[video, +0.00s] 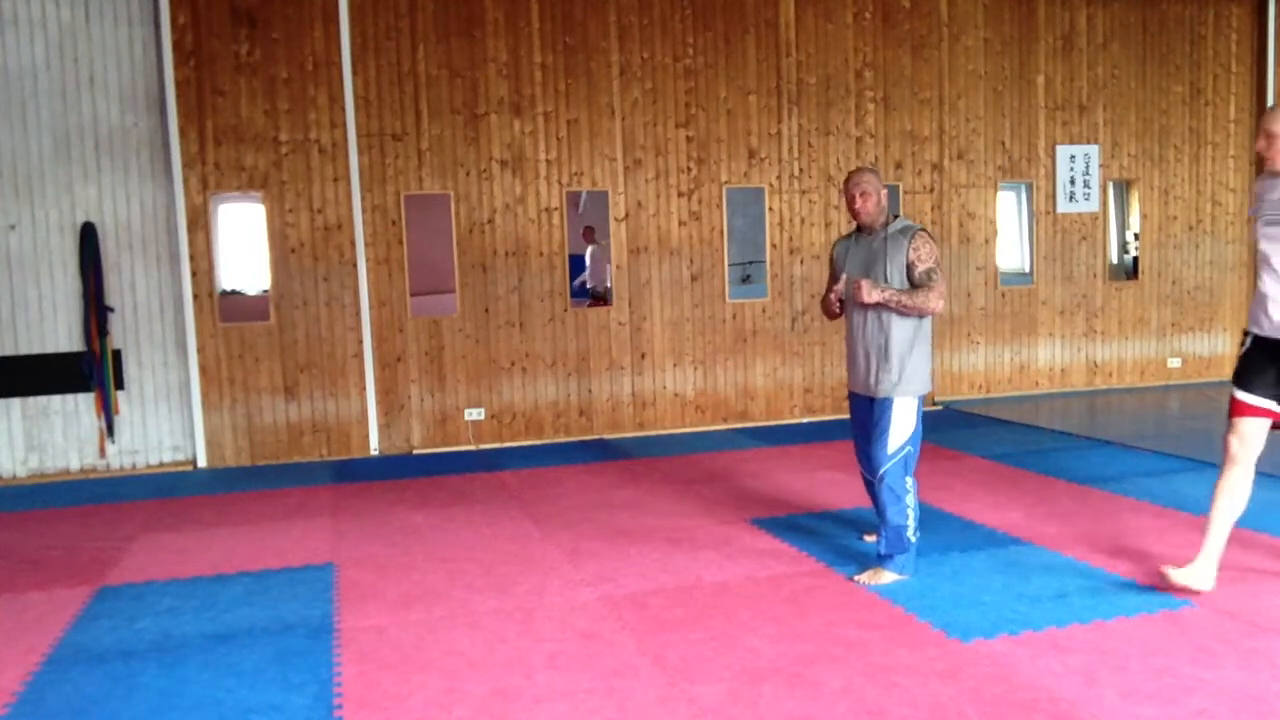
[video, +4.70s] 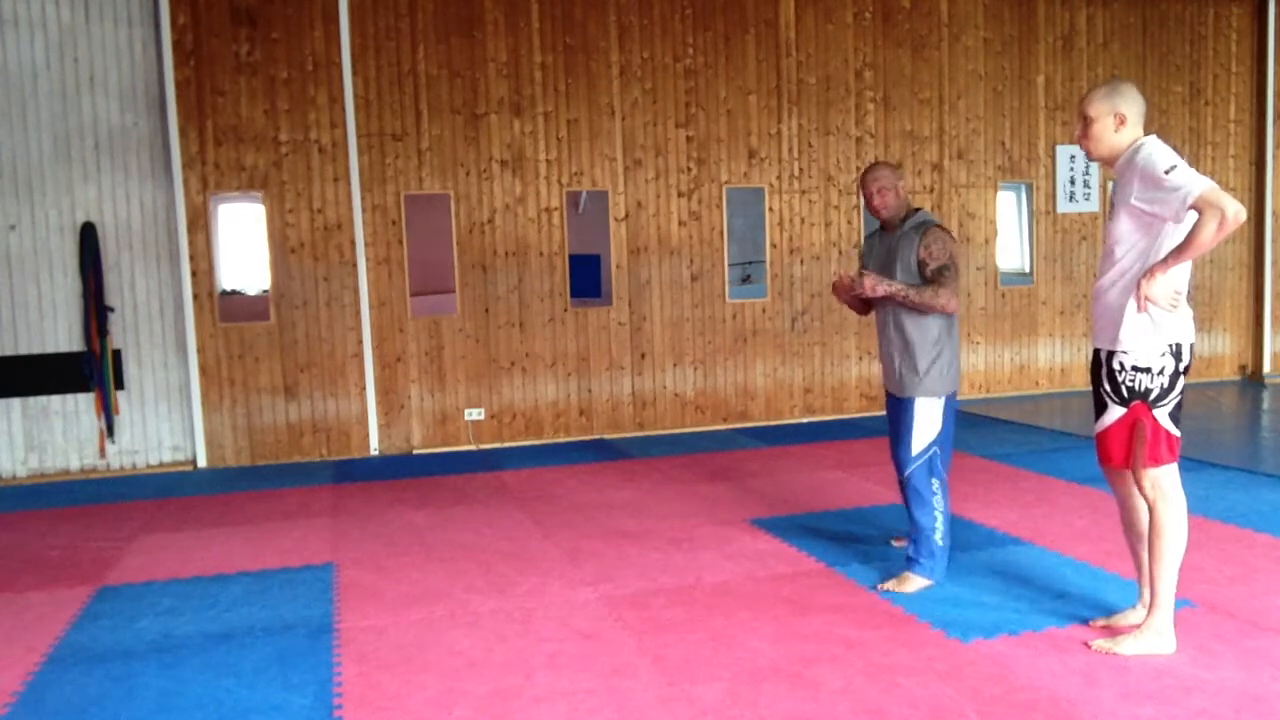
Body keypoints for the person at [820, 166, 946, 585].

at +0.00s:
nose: (857, 202)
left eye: (865, 194)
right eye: (851, 196)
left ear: (884, 196)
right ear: (845, 203)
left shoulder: (914, 240)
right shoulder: (843, 249)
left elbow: (935, 300)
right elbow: (831, 311)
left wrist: (879, 294)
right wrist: (833, 299)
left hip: (902, 377)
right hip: (862, 375)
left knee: (890, 468)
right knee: (871, 463)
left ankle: (899, 560)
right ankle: (895, 526)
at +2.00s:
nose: (840, 196)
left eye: (847, 187)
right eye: (833, 191)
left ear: (867, 186)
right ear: (830, 199)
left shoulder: (895, 233)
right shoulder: (840, 242)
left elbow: (929, 294)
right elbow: (848, 293)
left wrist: (874, 320)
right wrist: (839, 310)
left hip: (904, 378)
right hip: (872, 376)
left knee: (896, 472)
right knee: (891, 459)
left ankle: (905, 563)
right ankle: (923, 520)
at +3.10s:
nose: (886, 192)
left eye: (890, 184)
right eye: (876, 188)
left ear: (900, 189)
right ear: (864, 199)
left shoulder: (924, 228)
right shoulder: (861, 242)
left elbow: (936, 267)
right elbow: (824, 294)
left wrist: (879, 254)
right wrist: (829, 267)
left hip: (918, 365)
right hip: (881, 366)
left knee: (905, 462)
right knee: (903, 458)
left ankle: (903, 562)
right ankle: (933, 531)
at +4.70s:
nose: (876, 200)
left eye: (883, 190)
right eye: (869, 194)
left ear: (904, 189)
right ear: (865, 201)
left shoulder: (931, 236)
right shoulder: (875, 242)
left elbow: (948, 300)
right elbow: (866, 306)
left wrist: (888, 289)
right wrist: (848, 293)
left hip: (930, 375)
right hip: (898, 373)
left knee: (921, 470)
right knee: (907, 464)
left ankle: (928, 566)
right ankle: (922, 534)